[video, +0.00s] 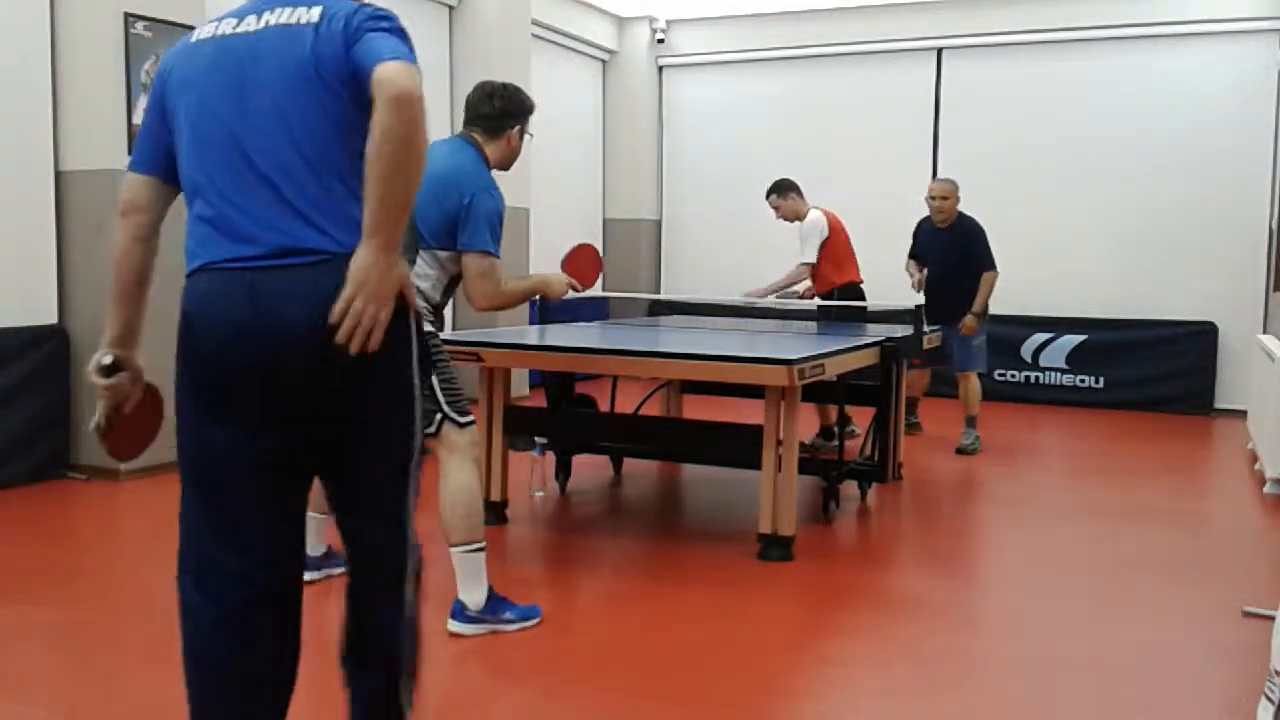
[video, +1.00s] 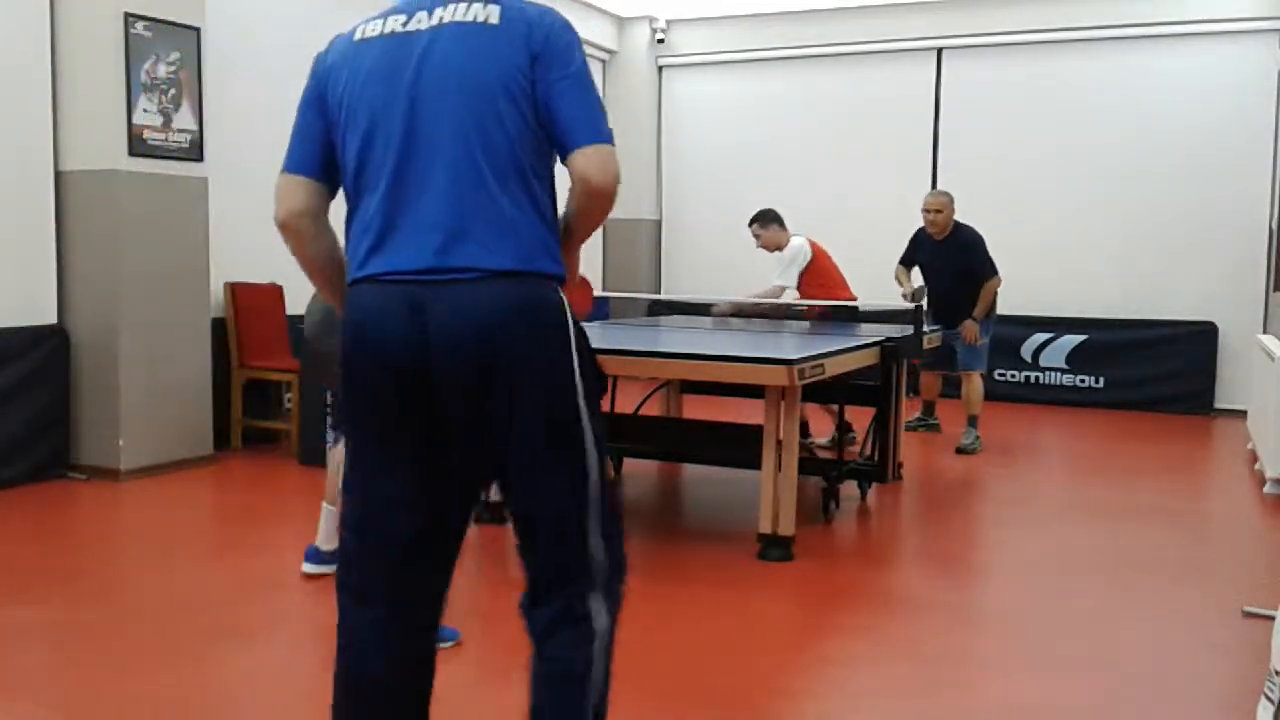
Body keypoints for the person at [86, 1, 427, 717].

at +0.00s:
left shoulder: (182, 56)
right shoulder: (358, 18)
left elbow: (136, 209)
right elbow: (400, 97)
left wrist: (118, 347)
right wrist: (381, 250)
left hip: (221, 313)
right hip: (350, 300)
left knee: (230, 558)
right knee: (380, 549)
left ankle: (230, 710)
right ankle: (381, 706)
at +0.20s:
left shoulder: (209, 46)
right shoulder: (403, 23)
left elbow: (151, 202)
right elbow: (472, 112)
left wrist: (130, 348)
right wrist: (437, 274)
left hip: (259, 333)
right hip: (392, 323)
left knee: (250, 588)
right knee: (445, 589)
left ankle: (239, 711)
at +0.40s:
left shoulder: (285, 46)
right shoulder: (486, 30)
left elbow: (227, 203)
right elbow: (565, 140)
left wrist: (207, 348)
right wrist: (531, 266)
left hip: (333, 339)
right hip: (467, 332)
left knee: (304, 591)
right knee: (491, 594)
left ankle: (263, 709)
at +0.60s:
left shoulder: (337, 33)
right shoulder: (542, 22)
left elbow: (286, 196)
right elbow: (617, 181)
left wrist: (280, 336)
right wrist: (582, 251)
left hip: (363, 323)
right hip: (502, 323)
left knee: (351, 584)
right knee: (520, 592)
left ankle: (331, 713)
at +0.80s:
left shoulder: (350, 32)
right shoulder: (555, 25)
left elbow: (289, 188)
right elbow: (620, 188)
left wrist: (324, 317)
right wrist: (575, 234)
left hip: (379, 320)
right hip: (511, 321)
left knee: (385, 579)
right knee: (525, 582)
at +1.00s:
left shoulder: (342, 53)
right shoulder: (536, 26)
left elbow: (296, 212)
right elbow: (598, 177)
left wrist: (357, 303)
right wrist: (564, 247)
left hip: (383, 328)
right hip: (515, 322)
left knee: (385, 589)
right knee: (571, 579)